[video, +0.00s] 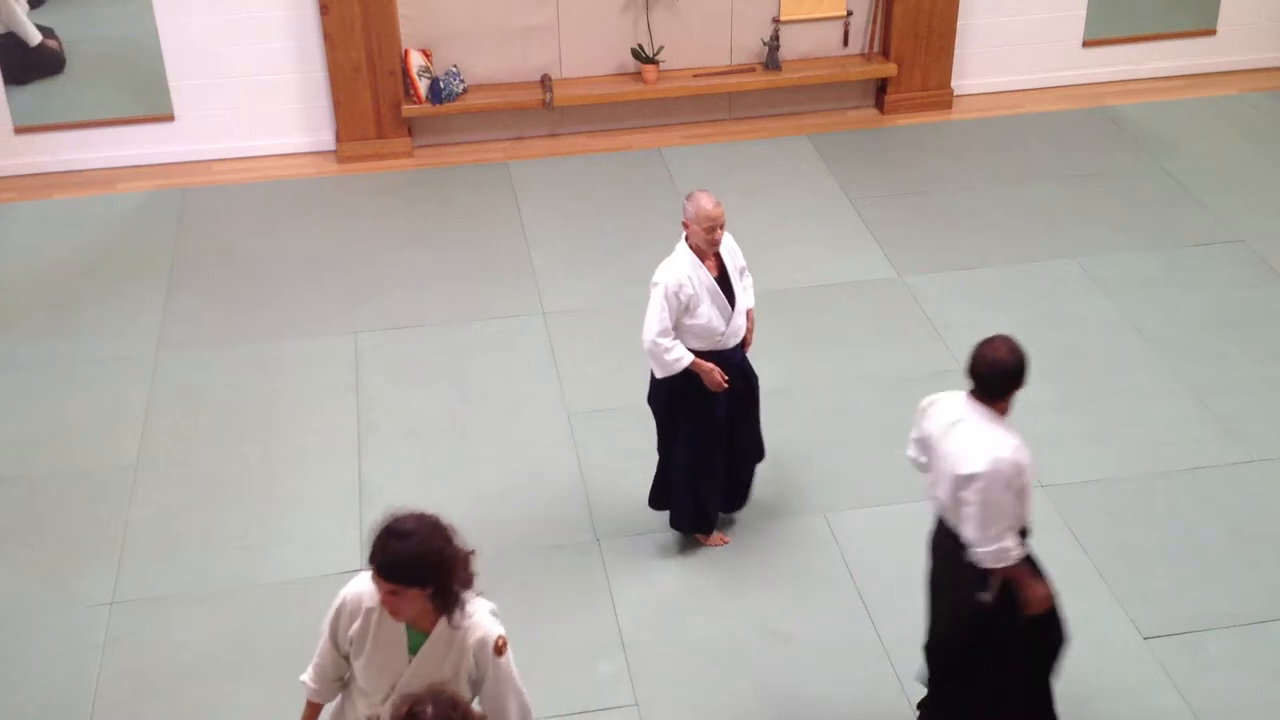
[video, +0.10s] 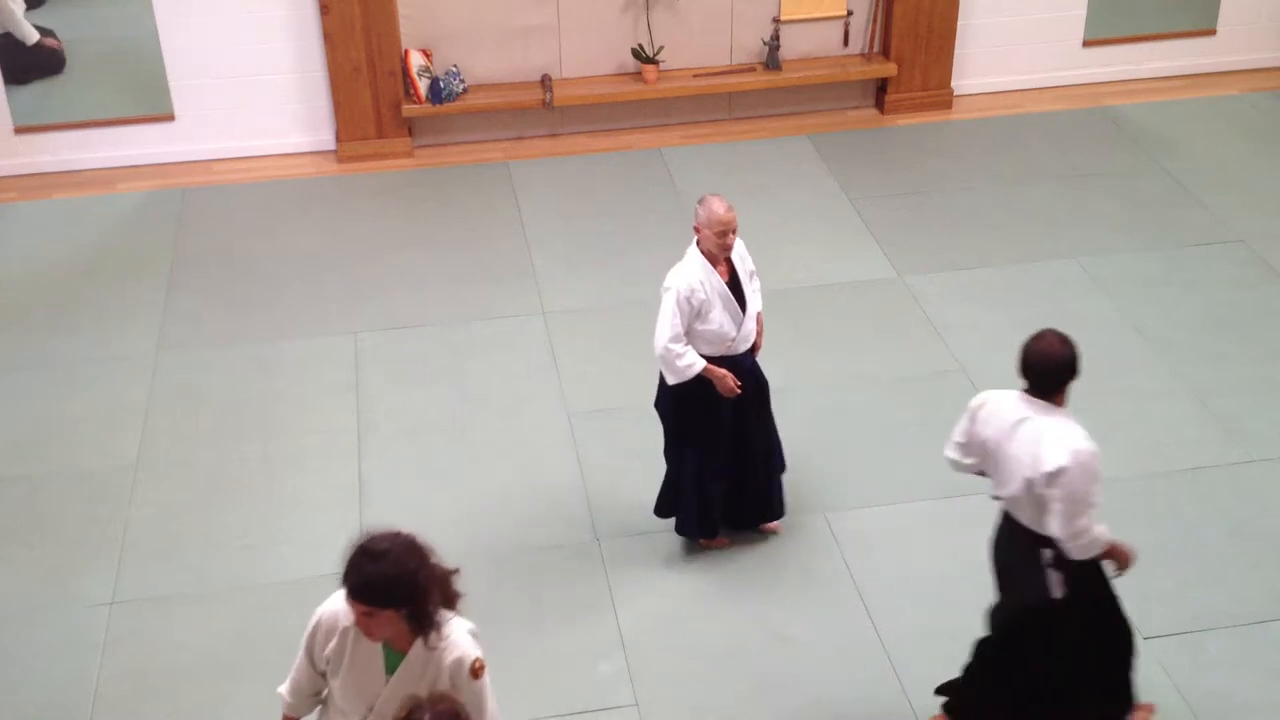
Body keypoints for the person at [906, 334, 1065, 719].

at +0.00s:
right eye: (1018, 375)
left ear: (970, 372)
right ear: (1016, 386)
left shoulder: (939, 407)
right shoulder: (997, 457)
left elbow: (920, 457)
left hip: (946, 542)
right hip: (993, 563)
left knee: (952, 636)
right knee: (1039, 638)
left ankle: (945, 702)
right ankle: (1017, 707)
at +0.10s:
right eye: (1069, 369)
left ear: (1022, 370)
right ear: (1070, 377)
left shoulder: (990, 406)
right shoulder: (1073, 449)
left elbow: (960, 457)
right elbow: (1073, 534)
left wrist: (1008, 467)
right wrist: (1112, 550)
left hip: (1009, 542)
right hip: (1056, 559)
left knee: (1017, 631)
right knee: (1110, 636)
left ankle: (963, 704)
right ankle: (1114, 706)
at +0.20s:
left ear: (1074, 380)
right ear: (1123, 386)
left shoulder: (1041, 424)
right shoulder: (1127, 456)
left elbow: (1010, 478)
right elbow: (1148, 536)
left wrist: (1059, 479)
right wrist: (1187, 542)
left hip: (1063, 562)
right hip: (1112, 577)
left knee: (1086, 660)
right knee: (1155, 668)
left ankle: (1026, 702)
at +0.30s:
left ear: (1121, 374)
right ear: (1170, 378)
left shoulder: (1086, 421)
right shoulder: (1181, 444)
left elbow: (1062, 486)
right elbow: (1201, 528)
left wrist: (1110, 476)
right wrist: (1237, 540)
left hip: (1107, 550)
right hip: (1160, 564)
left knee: (1132, 646)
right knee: (1203, 644)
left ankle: (1132, 707)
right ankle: (1173, 709)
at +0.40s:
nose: (1158, 361)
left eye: (1159, 356)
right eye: (1161, 355)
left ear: (1165, 366)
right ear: (1213, 368)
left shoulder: (1126, 414)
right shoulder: (1234, 430)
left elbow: (1098, 477)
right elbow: (1256, 517)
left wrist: (1147, 460)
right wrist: (1278, 544)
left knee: (1152, 665)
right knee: (1246, 656)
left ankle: (1152, 713)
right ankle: (1259, 707)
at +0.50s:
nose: (1192, 354)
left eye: (1197, 352)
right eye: (1196, 348)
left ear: (1210, 372)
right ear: (1250, 369)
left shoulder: (1169, 418)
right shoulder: (1272, 425)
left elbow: (1135, 485)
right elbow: (1276, 496)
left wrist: (1176, 459)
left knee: (1171, 660)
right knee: (1273, 659)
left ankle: (1164, 712)